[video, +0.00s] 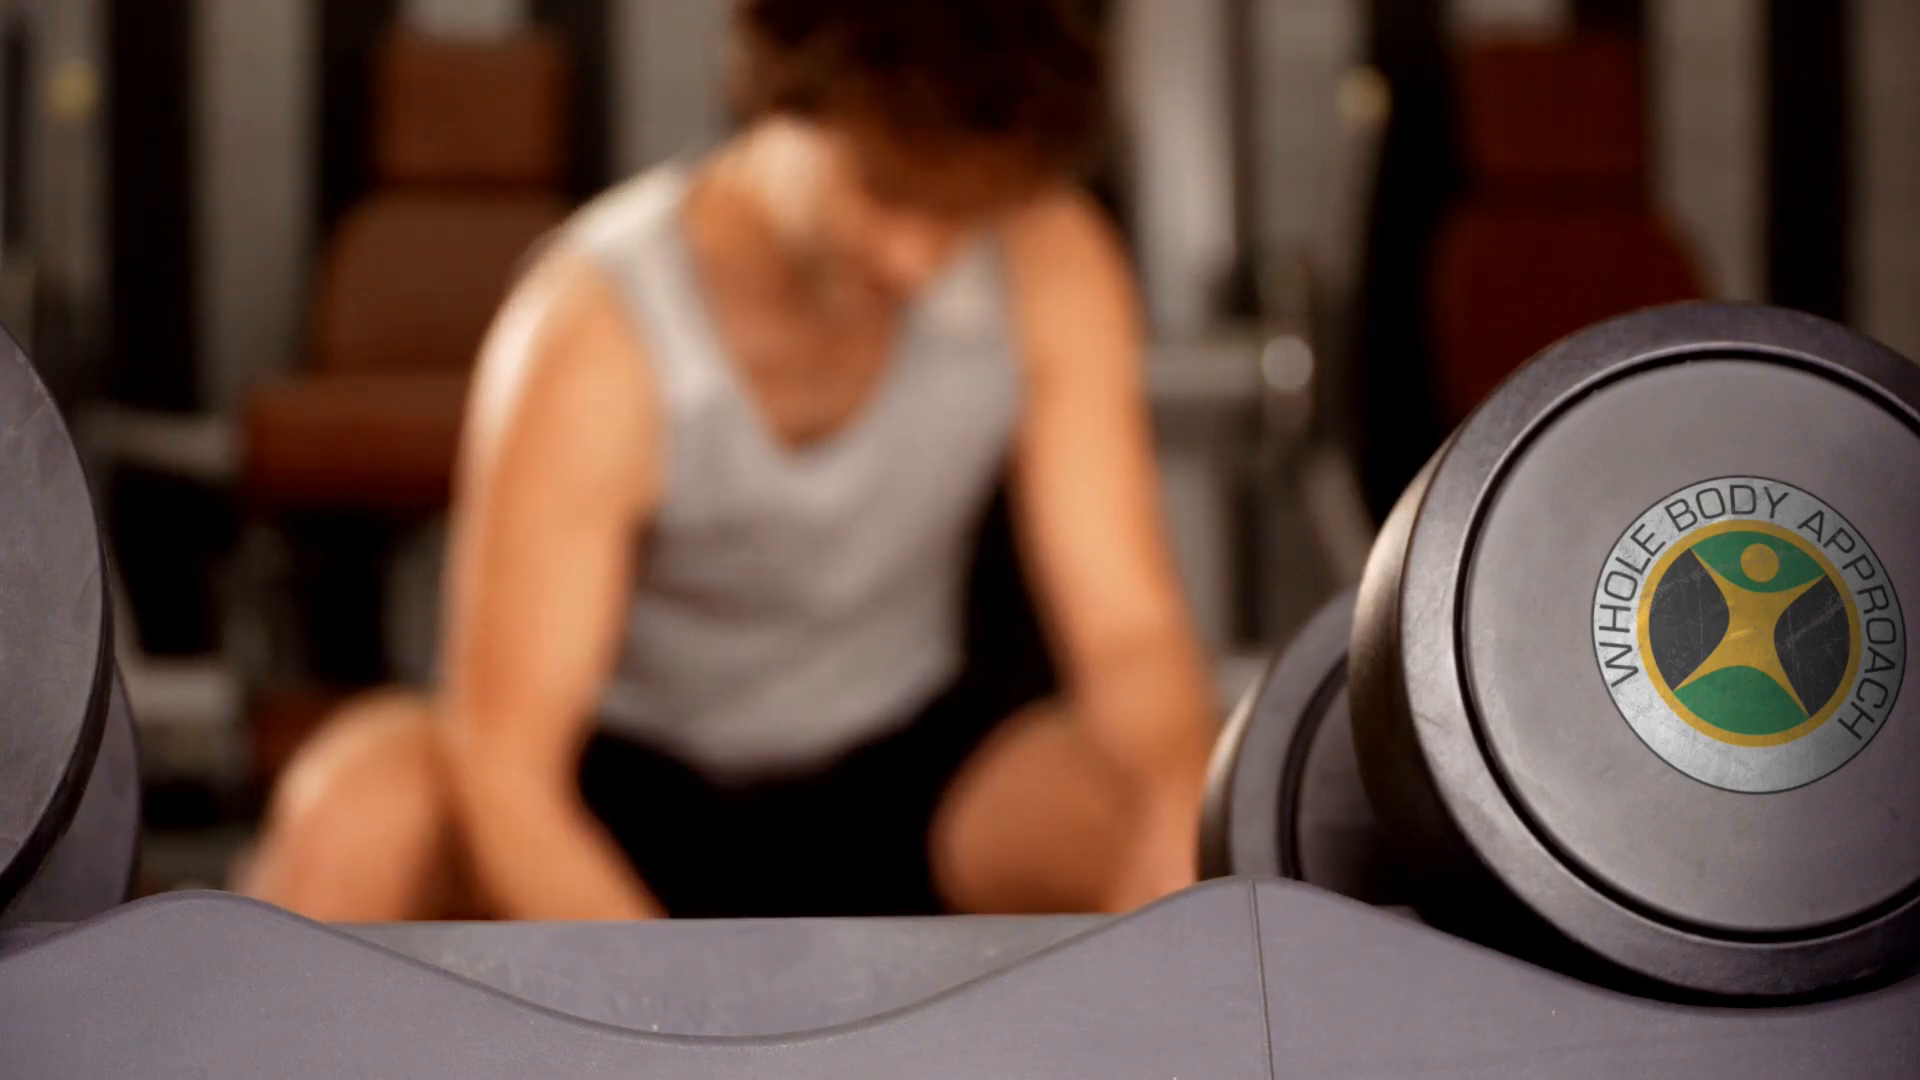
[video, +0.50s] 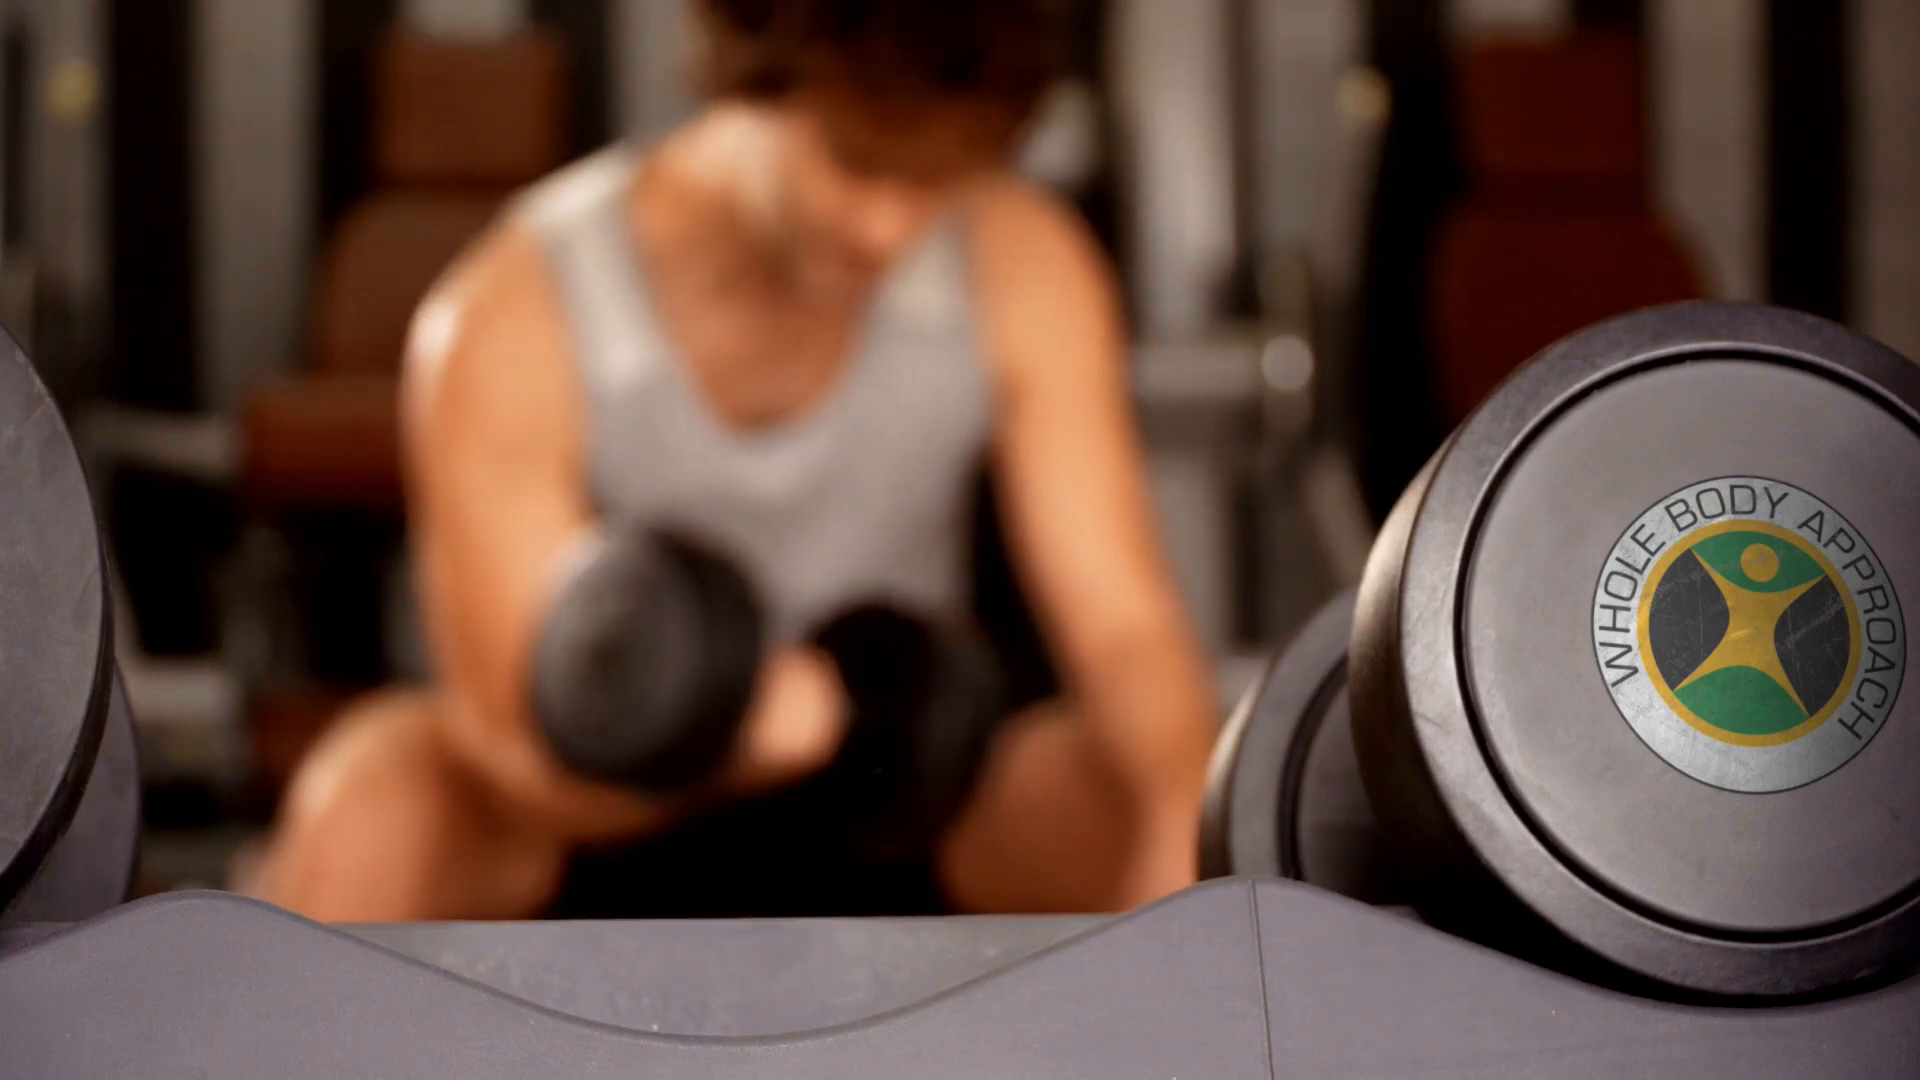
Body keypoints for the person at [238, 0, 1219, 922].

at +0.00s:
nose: (919, 259)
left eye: (971, 212)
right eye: (887, 197)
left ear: (1015, 168)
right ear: (790, 107)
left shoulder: (1045, 253)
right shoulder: (594, 322)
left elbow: (1128, 639)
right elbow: (504, 773)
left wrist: (1182, 854)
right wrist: (688, 1018)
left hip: (899, 781)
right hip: (627, 792)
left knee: (1190, 812)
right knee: (357, 792)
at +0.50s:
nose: (892, 228)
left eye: (938, 180)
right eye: (857, 166)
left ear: (993, 136)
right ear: (758, 76)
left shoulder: (1015, 255)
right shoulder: (511, 312)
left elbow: (1125, 631)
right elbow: (536, 762)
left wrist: (1189, 847)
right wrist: (829, 705)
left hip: (887, 796)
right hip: (599, 813)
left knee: (1180, 800)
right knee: (377, 793)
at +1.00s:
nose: (857, 234)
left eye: (902, 182)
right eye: (818, 173)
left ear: (948, 147)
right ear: (710, 105)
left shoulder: (992, 257)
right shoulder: (466, 331)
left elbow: (1120, 636)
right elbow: (530, 772)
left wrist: (1181, 880)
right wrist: (750, 646)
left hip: (890, 779)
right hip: (597, 805)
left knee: (1179, 816)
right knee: (373, 807)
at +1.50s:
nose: (870, 209)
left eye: (918, 161)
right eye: (835, 149)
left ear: (970, 126)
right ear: (734, 73)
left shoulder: (1009, 250)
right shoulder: (500, 316)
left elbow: (1120, 624)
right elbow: (516, 745)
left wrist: (1177, 869)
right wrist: (767, 715)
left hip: (894, 785)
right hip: (604, 798)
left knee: (1174, 803)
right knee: (368, 802)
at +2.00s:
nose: (883, 223)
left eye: (933, 177)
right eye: (846, 161)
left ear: (996, 144)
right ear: (756, 84)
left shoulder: (1040, 257)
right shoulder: (562, 336)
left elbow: (1128, 641)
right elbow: (522, 797)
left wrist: (1156, 866)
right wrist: (618, 1055)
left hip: (900, 785)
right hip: (624, 794)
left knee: (1178, 799)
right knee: (364, 798)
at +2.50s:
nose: (875, 225)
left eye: (927, 179)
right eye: (840, 162)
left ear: (990, 151)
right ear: (749, 90)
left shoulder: (1034, 258)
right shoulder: (566, 342)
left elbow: (1122, 645)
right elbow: (529, 802)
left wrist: (1143, 864)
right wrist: (551, 1063)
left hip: (893, 784)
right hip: (616, 795)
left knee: (1166, 805)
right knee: (362, 801)